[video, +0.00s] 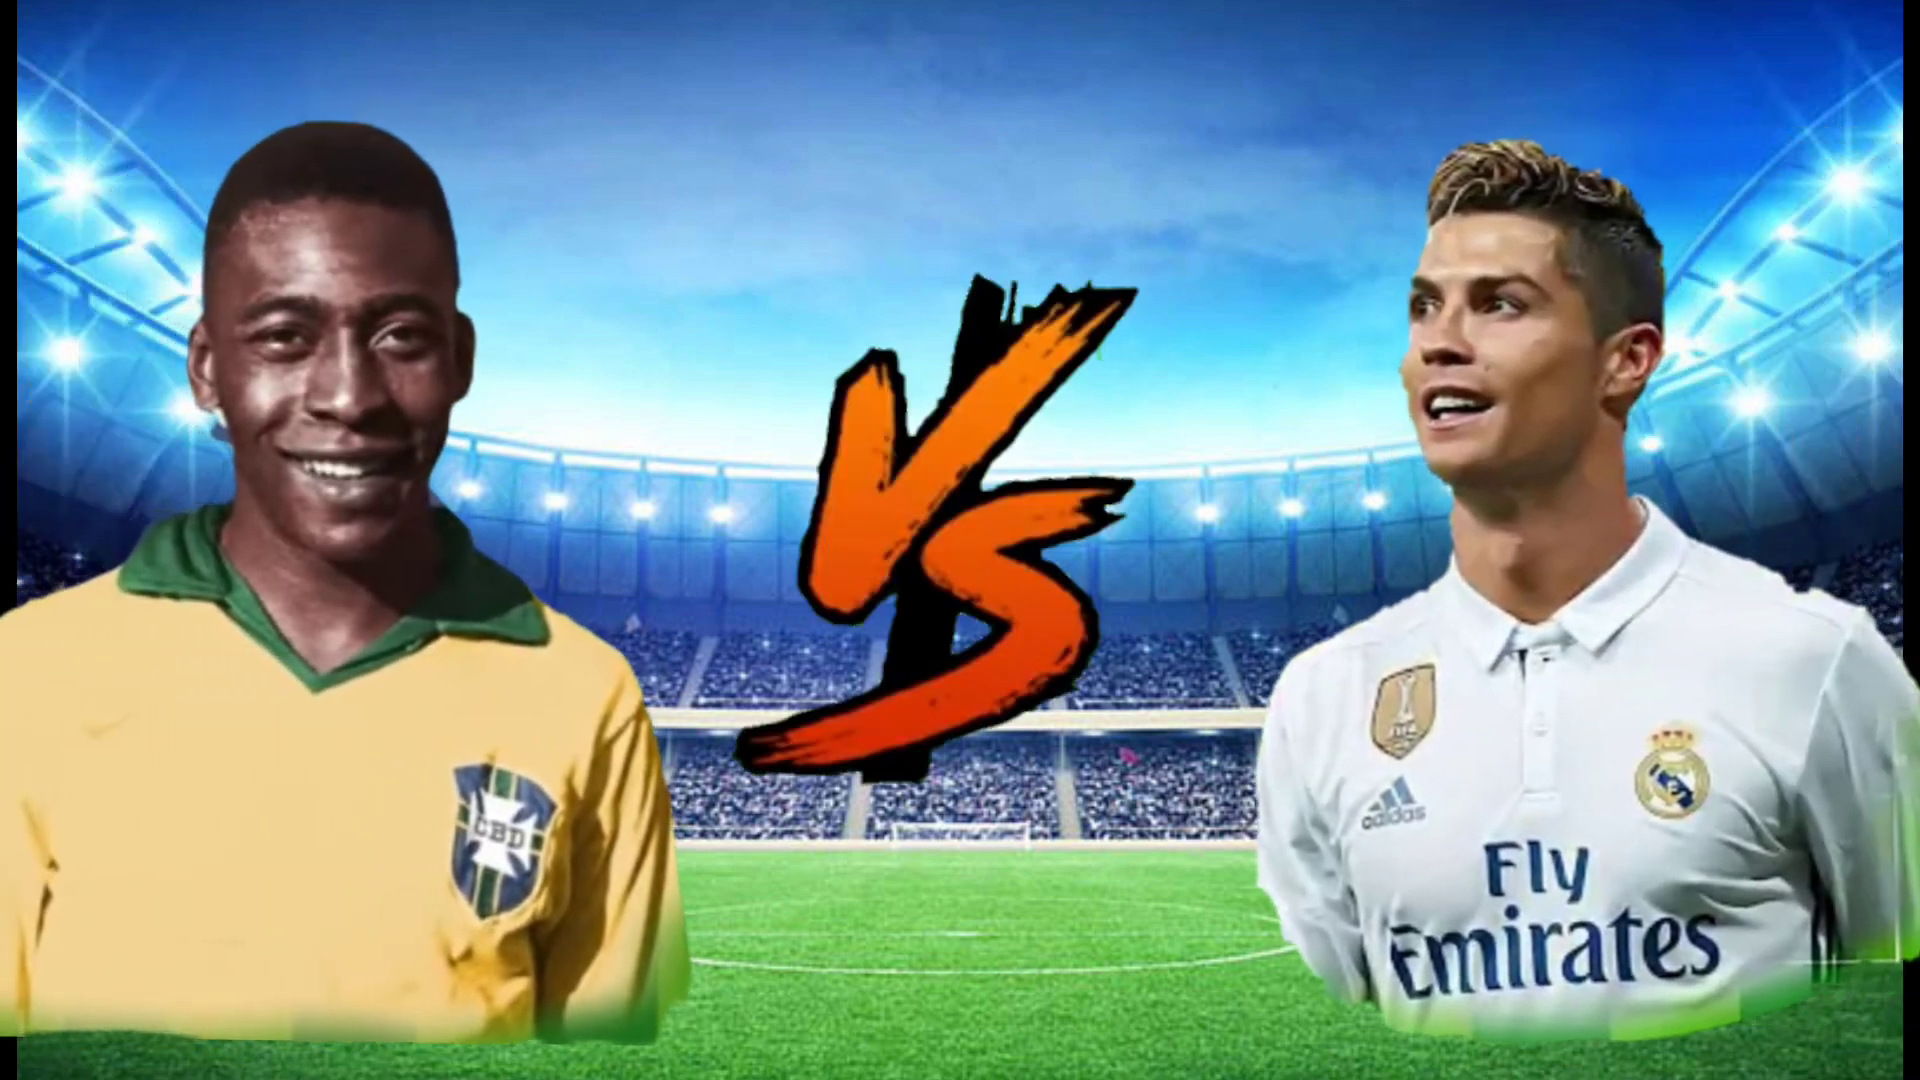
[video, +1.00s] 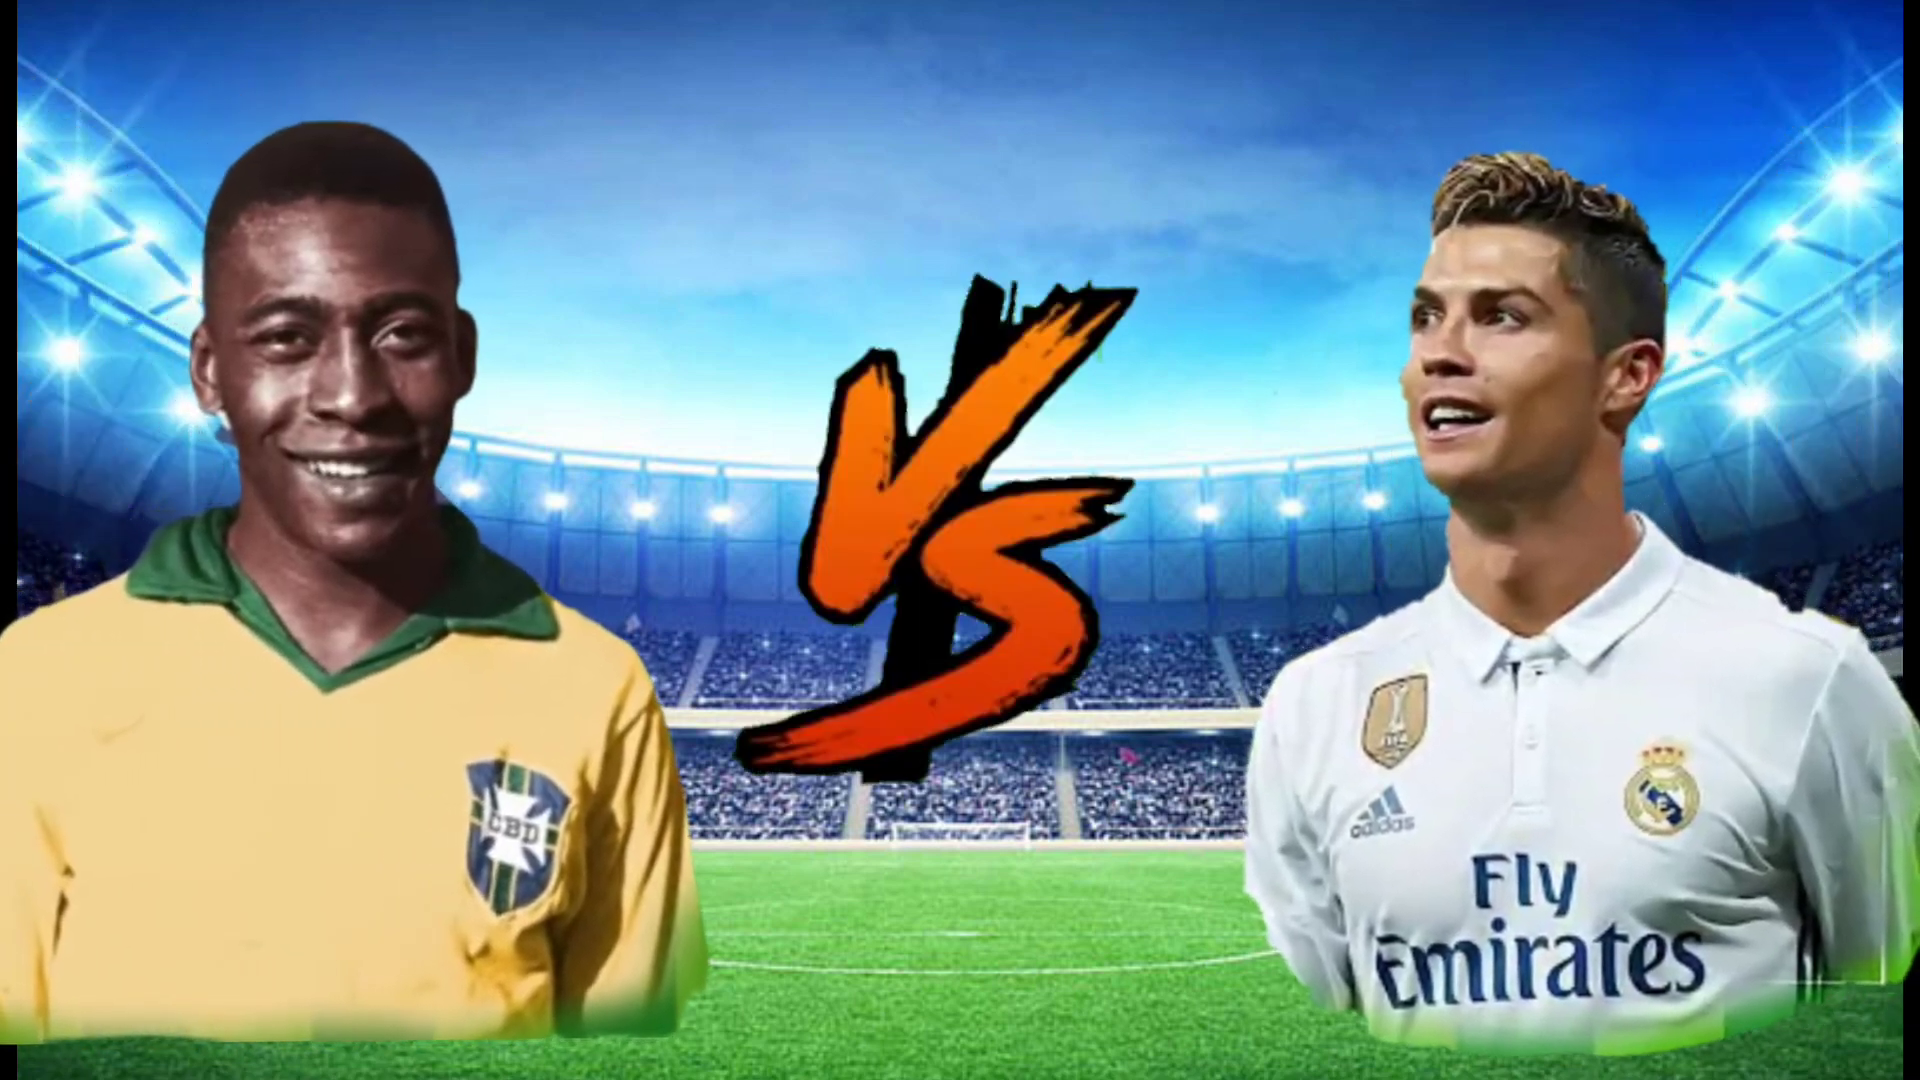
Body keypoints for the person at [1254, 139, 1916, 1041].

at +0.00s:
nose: (1437, 342)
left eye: (1500, 304)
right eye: (1424, 308)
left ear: (1626, 362)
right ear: (1406, 340)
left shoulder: (1815, 669)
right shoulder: (1318, 704)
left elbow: (1888, 1007)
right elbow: (1332, 1039)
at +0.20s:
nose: (1433, 344)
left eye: (1496, 306)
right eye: (1420, 310)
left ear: (1622, 366)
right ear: (1403, 342)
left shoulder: (1809, 673)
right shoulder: (1313, 705)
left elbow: (1882, 1015)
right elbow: (1321, 1040)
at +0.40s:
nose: (1431, 346)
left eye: (1494, 309)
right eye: (1418, 312)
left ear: (1620, 369)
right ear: (1400, 344)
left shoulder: (1805, 677)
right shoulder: (1309, 708)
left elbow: (1879, 1023)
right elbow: (1323, 1042)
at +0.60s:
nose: (1431, 348)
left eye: (1494, 311)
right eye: (1418, 314)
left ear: (1620, 372)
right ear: (1400, 348)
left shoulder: (1803, 682)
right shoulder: (1307, 709)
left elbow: (1877, 1027)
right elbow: (1315, 1044)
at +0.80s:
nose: (1435, 350)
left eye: (1498, 314)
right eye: (1422, 316)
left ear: (1622, 375)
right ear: (1403, 350)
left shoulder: (1805, 686)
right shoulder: (1307, 711)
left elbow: (1875, 1025)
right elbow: (1319, 1042)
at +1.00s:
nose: (1438, 353)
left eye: (1502, 317)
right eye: (1426, 319)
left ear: (1626, 377)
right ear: (1407, 353)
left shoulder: (1808, 689)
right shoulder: (1309, 713)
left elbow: (1875, 1030)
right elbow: (1320, 1045)